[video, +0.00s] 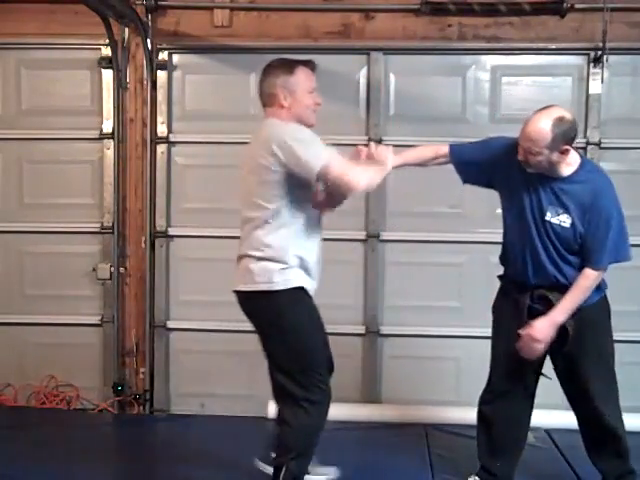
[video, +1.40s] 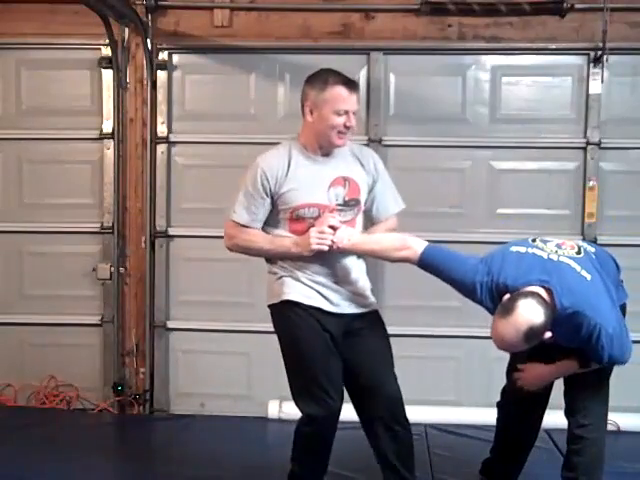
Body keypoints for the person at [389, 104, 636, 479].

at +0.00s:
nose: (521, 155)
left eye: (531, 151)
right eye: (521, 146)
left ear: (563, 151)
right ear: (522, 135)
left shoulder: (595, 189)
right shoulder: (509, 156)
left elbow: (595, 268)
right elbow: (446, 152)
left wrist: (551, 321)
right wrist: (392, 158)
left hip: (579, 306)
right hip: (518, 302)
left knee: (598, 405)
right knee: (503, 396)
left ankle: (619, 473)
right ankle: (492, 473)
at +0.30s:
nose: (518, 169)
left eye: (528, 165)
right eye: (518, 159)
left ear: (562, 165)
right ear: (520, 148)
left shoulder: (603, 199)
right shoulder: (511, 161)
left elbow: (627, 271)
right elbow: (442, 149)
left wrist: (609, 326)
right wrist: (384, 171)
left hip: (574, 309)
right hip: (517, 301)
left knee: (572, 413)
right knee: (500, 395)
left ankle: (582, 477)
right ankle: (494, 475)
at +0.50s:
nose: (516, 220)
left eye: (526, 217)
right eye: (515, 210)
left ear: (563, 213)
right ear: (516, 193)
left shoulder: (607, 236)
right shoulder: (514, 190)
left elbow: (637, 304)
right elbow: (441, 181)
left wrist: (625, 370)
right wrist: (381, 196)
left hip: (586, 321)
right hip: (532, 309)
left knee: (573, 423)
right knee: (505, 406)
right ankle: (494, 474)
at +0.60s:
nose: (507, 258)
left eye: (518, 258)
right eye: (508, 248)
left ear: (556, 253)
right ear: (513, 229)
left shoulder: (607, 263)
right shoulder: (509, 219)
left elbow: (636, 316)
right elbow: (431, 214)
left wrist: (622, 377)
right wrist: (372, 221)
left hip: (595, 322)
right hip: (539, 312)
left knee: (579, 417)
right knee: (519, 401)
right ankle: (495, 474)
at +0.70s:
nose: (503, 307)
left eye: (512, 307)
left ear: (552, 299)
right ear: (508, 276)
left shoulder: (607, 296)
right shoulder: (495, 252)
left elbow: (639, 330)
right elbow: (421, 231)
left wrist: (621, 380)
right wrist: (362, 229)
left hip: (600, 325)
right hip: (539, 314)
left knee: (585, 422)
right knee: (523, 403)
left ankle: (579, 476)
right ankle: (495, 476)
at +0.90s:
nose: (508, 361)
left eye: (515, 360)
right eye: (506, 354)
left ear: (553, 346)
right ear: (510, 318)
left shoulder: (605, 333)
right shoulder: (489, 289)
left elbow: (634, 351)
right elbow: (420, 254)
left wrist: (604, 399)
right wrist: (365, 244)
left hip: (609, 283)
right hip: (540, 266)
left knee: (588, 428)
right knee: (519, 410)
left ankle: (580, 476)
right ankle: (496, 474)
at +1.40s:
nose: (497, 350)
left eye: (504, 349)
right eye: (496, 341)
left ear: (543, 331)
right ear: (500, 307)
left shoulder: (593, 323)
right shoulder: (485, 278)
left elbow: (617, 354)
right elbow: (411, 248)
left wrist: (552, 372)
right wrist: (346, 241)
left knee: (586, 423)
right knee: (519, 400)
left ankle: (579, 477)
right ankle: (496, 474)